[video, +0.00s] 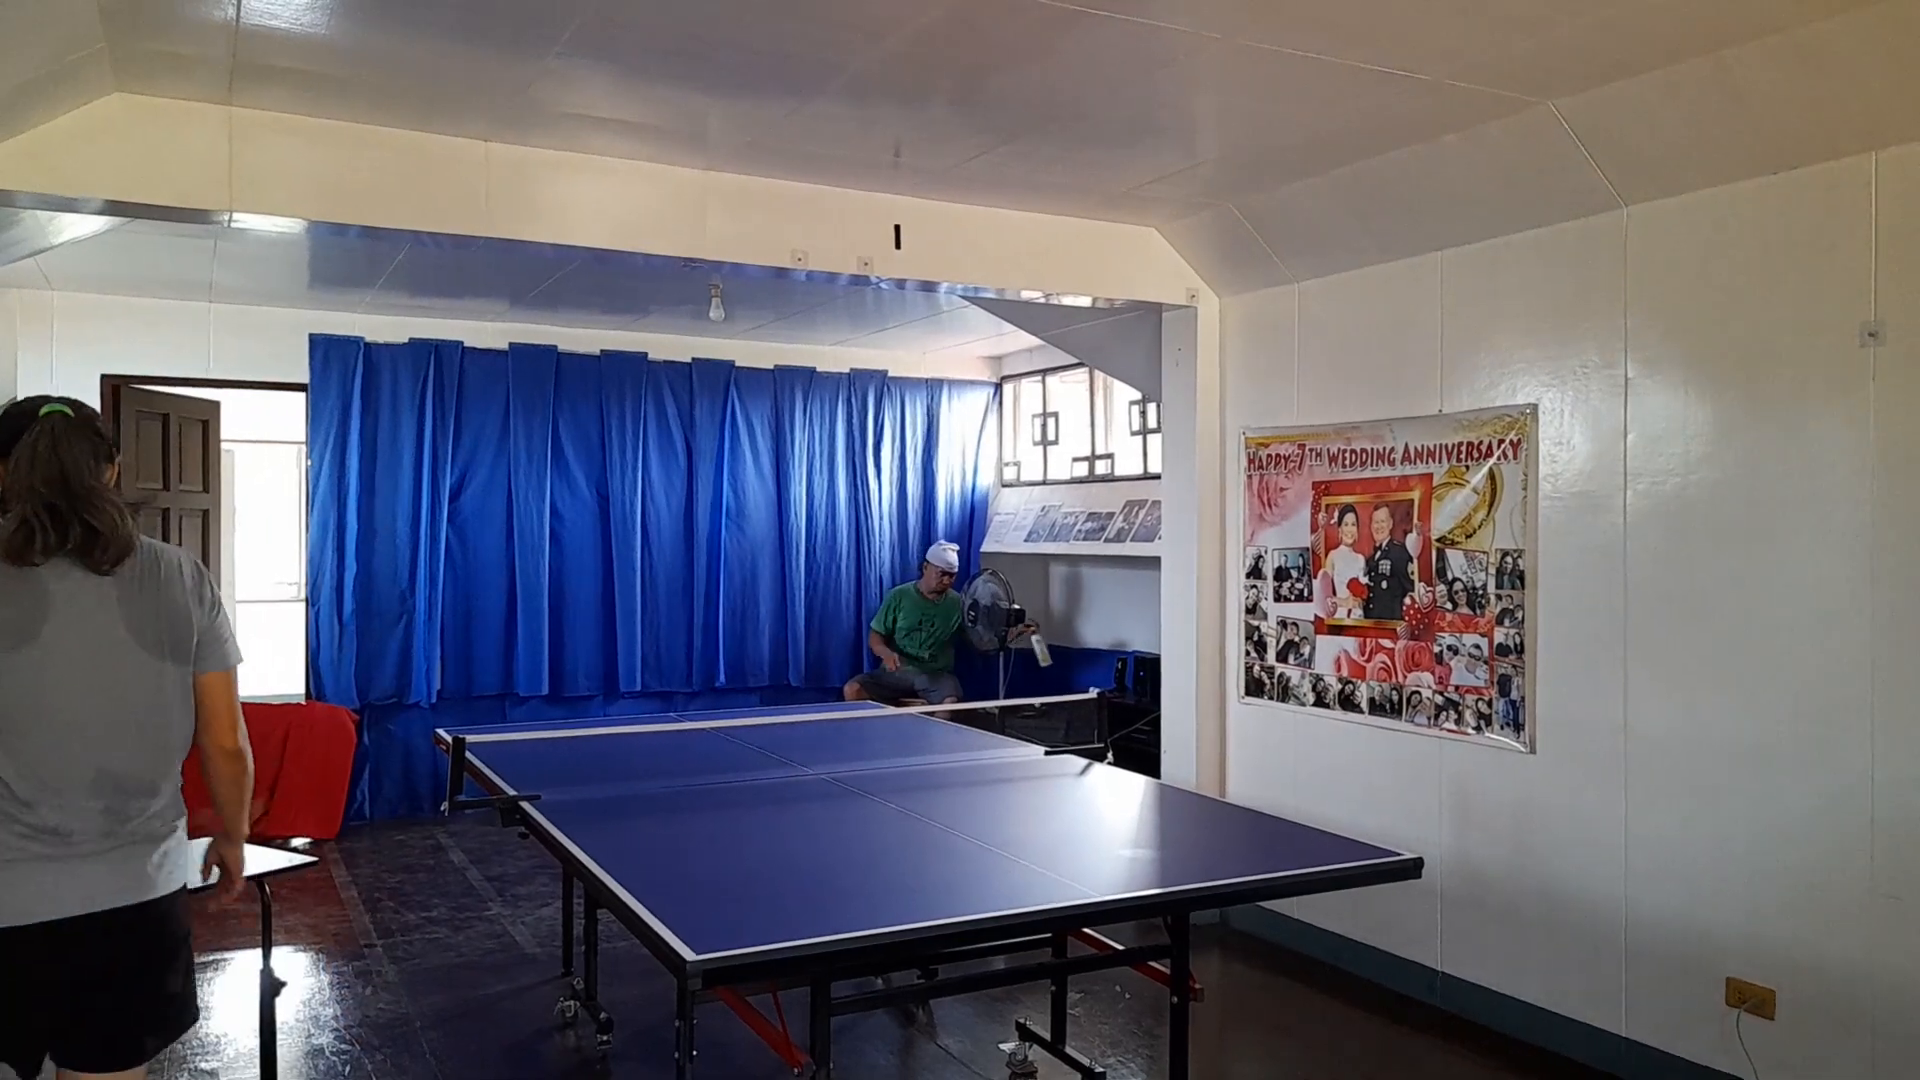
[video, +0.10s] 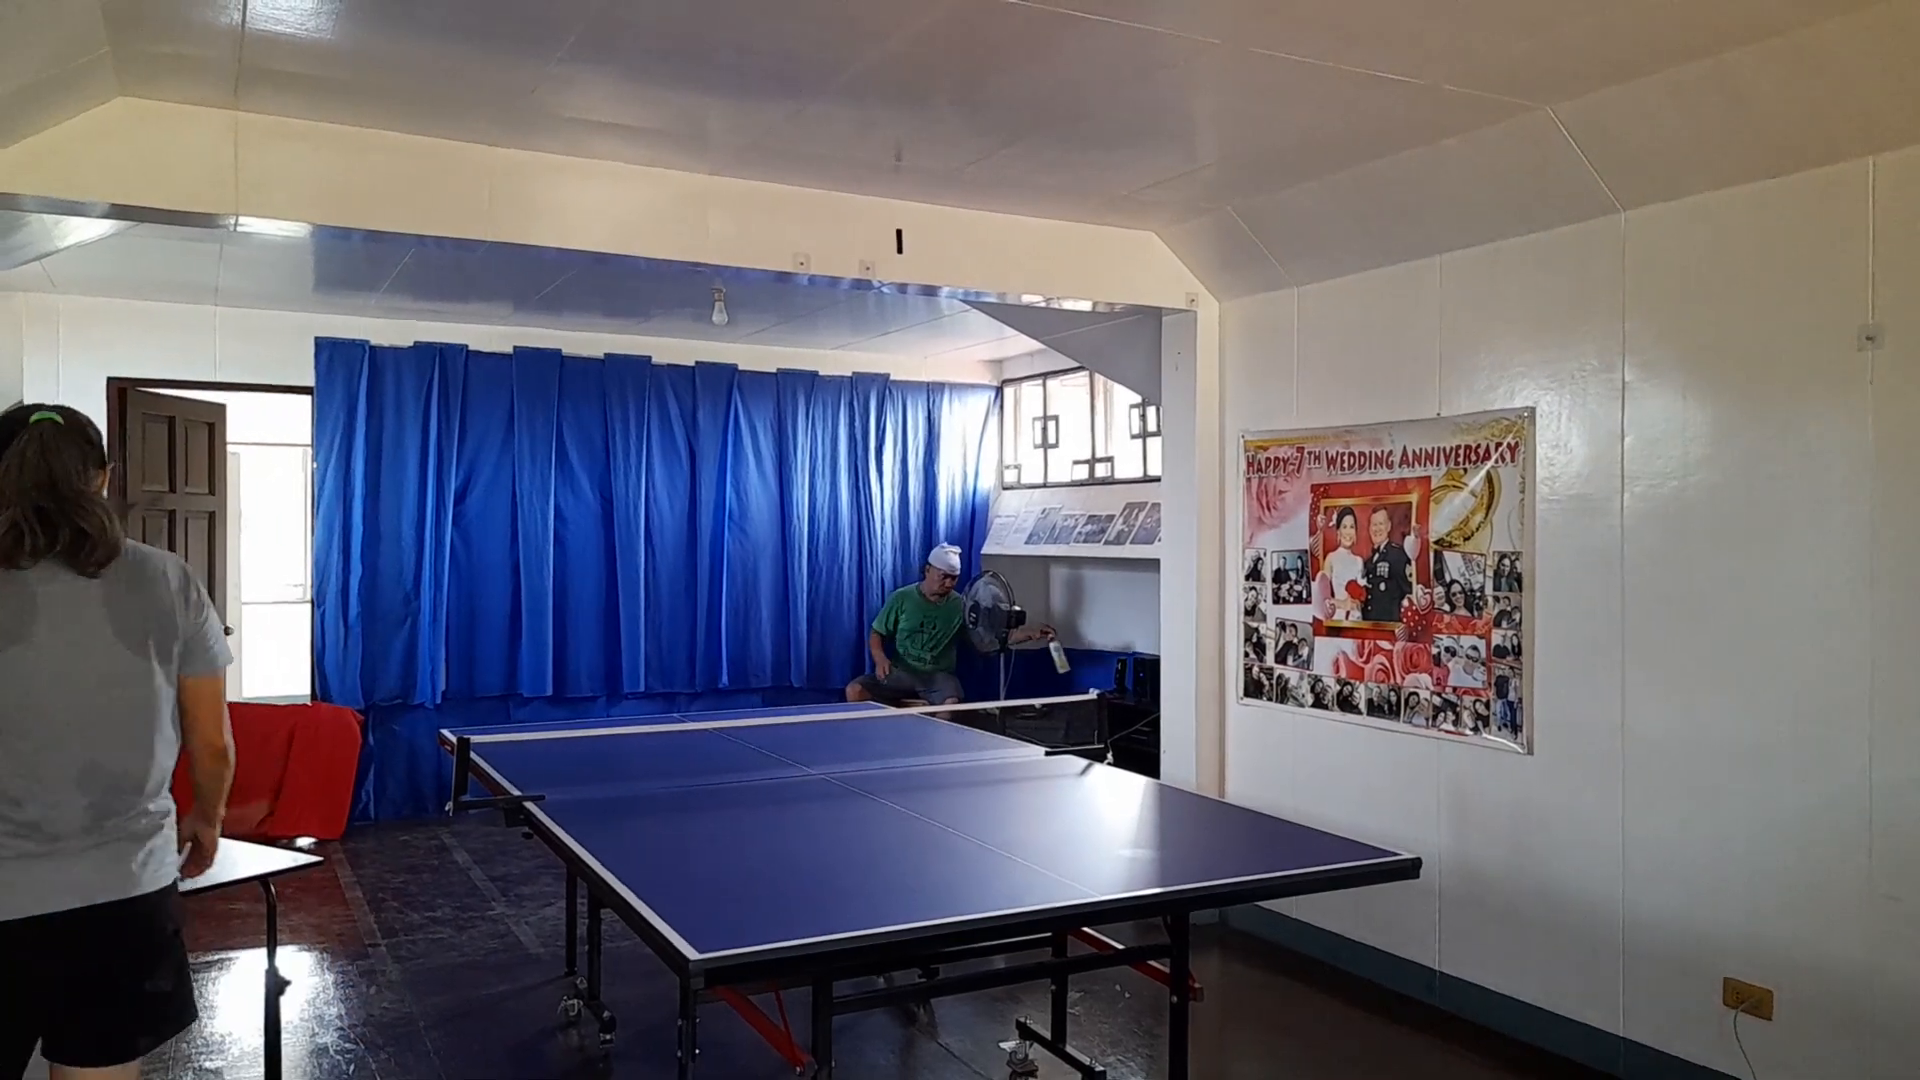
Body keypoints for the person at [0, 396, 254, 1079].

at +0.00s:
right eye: (114, 464)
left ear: (5, 477)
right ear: (109, 475)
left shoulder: (4, 577)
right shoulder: (177, 579)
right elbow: (224, 744)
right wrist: (233, 837)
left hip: (14, 911)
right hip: (139, 905)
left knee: (17, 1067)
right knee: (110, 1067)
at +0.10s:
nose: (110, 478)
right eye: (108, 469)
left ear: (4, 483)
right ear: (99, 480)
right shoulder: (164, 581)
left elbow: (212, 743)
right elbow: (212, 746)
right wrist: (207, 819)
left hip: (13, 901)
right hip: (124, 897)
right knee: (101, 1066)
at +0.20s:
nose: (81, 491)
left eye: (76, 480)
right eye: (82, 481)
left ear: (2, 491)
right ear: (73, 489)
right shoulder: (125, 586)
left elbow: (173, 745)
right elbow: (174, 747)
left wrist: (168, 817)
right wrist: (171, 818)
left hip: (8, 893)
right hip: (96, 889)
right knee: (83, 1061)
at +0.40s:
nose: (22, 503)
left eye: (20, 491)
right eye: (24, 491)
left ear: (13, 485)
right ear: (15, 485)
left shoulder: (44, 578)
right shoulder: (43, 578)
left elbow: (89, 736)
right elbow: (89, 738)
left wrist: (104, 812)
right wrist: (107, 818)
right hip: (28, 858)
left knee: (43, 1042)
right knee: (41, 1047)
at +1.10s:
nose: (26, 536)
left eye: (39, 524)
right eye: (38, 519)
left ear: (15, 491)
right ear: (16, 492)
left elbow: (6, 754)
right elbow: (6, 756)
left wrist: (47, 843)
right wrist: (50, 846)